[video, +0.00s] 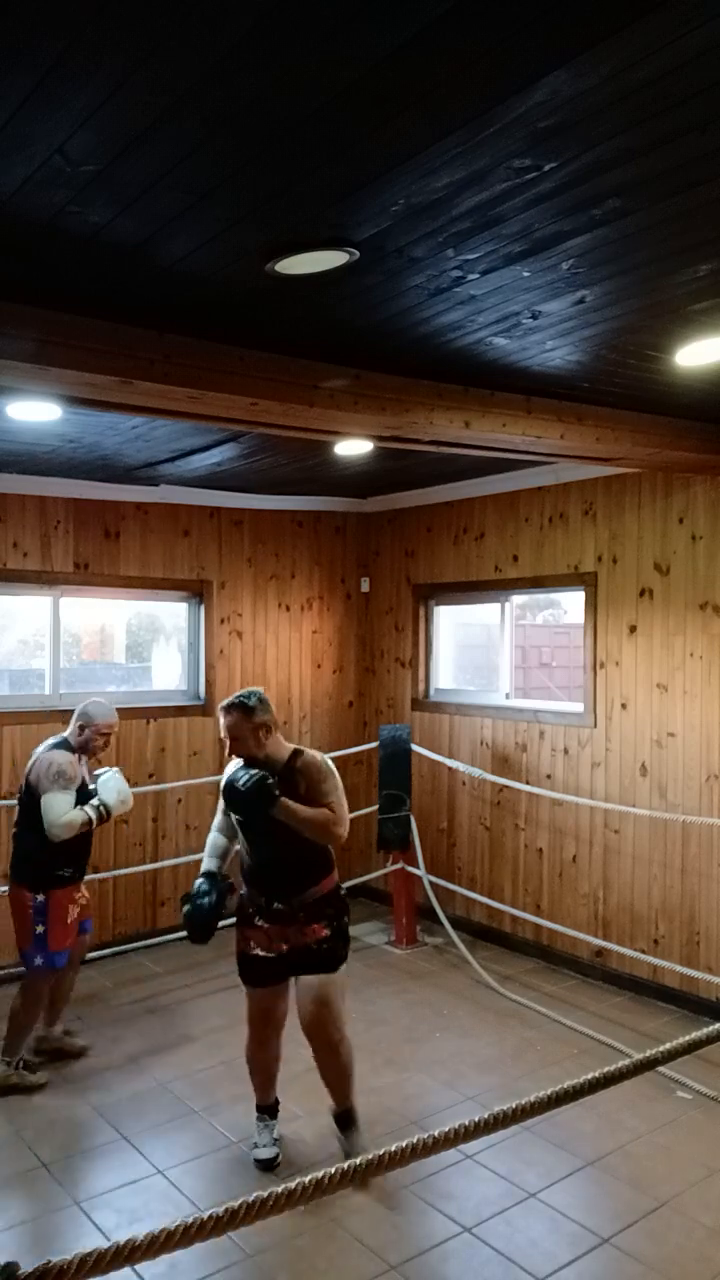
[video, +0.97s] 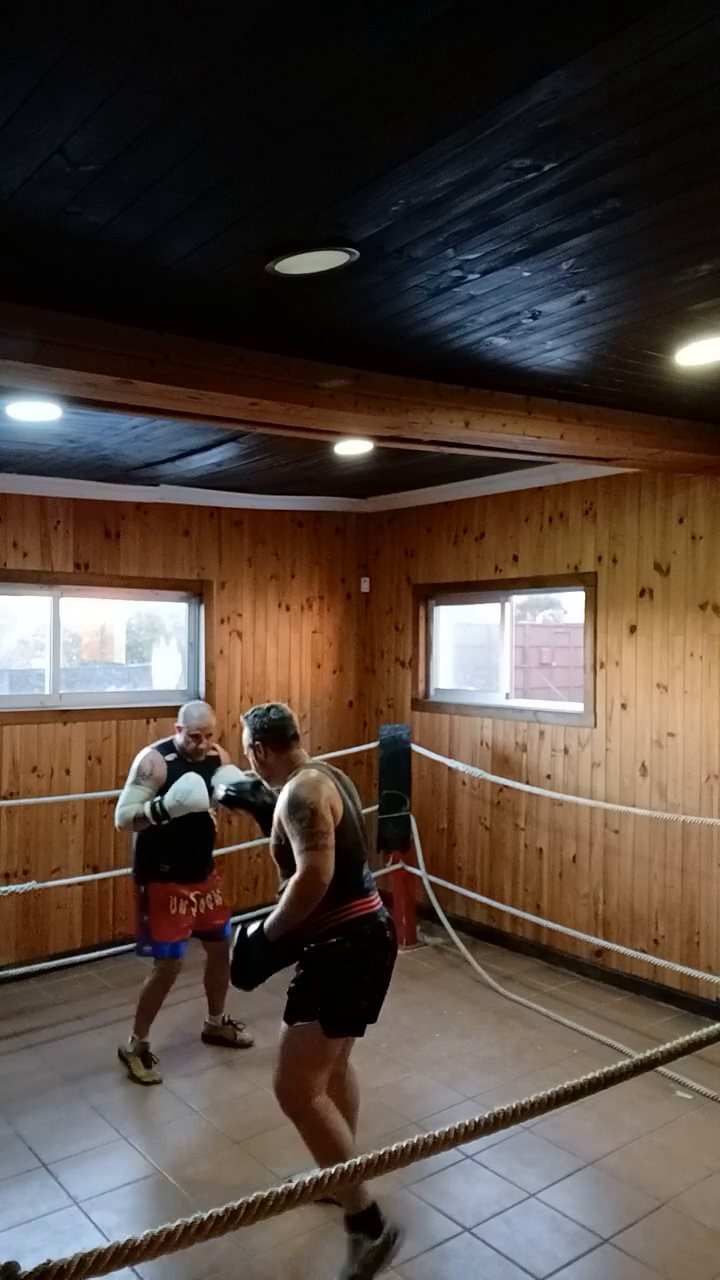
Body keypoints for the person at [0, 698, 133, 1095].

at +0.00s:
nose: (107, 743)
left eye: (110, 736)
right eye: (103, 736)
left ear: (92, 730)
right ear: (81, 729)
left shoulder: (76, 756)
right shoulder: (56, 760)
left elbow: (73, 806)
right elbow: (58, 826)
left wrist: (101, 794)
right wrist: (102, 806)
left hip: (65, 880)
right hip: (39, 885)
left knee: (78, 941)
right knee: (44, 970)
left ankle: (50, 1032)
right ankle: (9, 1060)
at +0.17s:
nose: (124, 744)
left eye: (128, 738)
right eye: (119, 737)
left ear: (126, 736)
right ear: (99, 732)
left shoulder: (109, 762)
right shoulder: (70, 762)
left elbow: (101, 806)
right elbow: (53, 818)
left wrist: (130, 795)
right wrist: (106, 811)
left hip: (93, 880)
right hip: (65, 884)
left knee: (104, 948)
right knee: (84, 963)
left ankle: (80, 1032)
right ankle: (23, 1046)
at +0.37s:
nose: (142, 739)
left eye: (146, 731)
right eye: (135, 731)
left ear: (148, 728)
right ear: (115, 723)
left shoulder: (139, 755)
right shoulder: (85, 754)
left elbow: (150, 805)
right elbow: (49, 806)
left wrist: (159, 791)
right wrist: (94, 807)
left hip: (120, 867)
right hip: (92, 868)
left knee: (105, 953)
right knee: (120, 954)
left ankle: (84, 1030)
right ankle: (85, 1039)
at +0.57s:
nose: (157, 741)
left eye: (161, 733)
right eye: (149, 734)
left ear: (165, 730)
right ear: (130, 730)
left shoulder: (162, 754)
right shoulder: (103, 761)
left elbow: (183, 788)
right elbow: (77, 819)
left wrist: (181, 782)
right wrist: (119, 809)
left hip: (148, 871)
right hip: (115, 875)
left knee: (135, 953)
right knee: (135, 956)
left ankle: (91, 1019)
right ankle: (129, 1049)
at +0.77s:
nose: (176, 741)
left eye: (180, 734)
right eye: (167, 735)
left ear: (186, 729)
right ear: (150, 730)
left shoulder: (184, 754)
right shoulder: (125, 761)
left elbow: (193, 799)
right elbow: (110, 822)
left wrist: (214, 781)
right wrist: (156, 804)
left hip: (178, 873)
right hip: (140, 880)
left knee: (200, 940)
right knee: (146, 964)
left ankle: (166, 1006)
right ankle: (130, 1050)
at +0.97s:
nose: (204, 743)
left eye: (209, 736)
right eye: (196, 736)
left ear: (215, 731)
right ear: (178, 731)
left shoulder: (217, 758)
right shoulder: (152, 760)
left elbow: (240, 798)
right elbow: (123, 817)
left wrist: (234, 791)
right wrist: (166, 806)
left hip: (203, 874)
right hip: (162, 880)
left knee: (220, 950)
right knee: (169, 967)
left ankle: (217, 1023)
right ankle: (137, 1045)